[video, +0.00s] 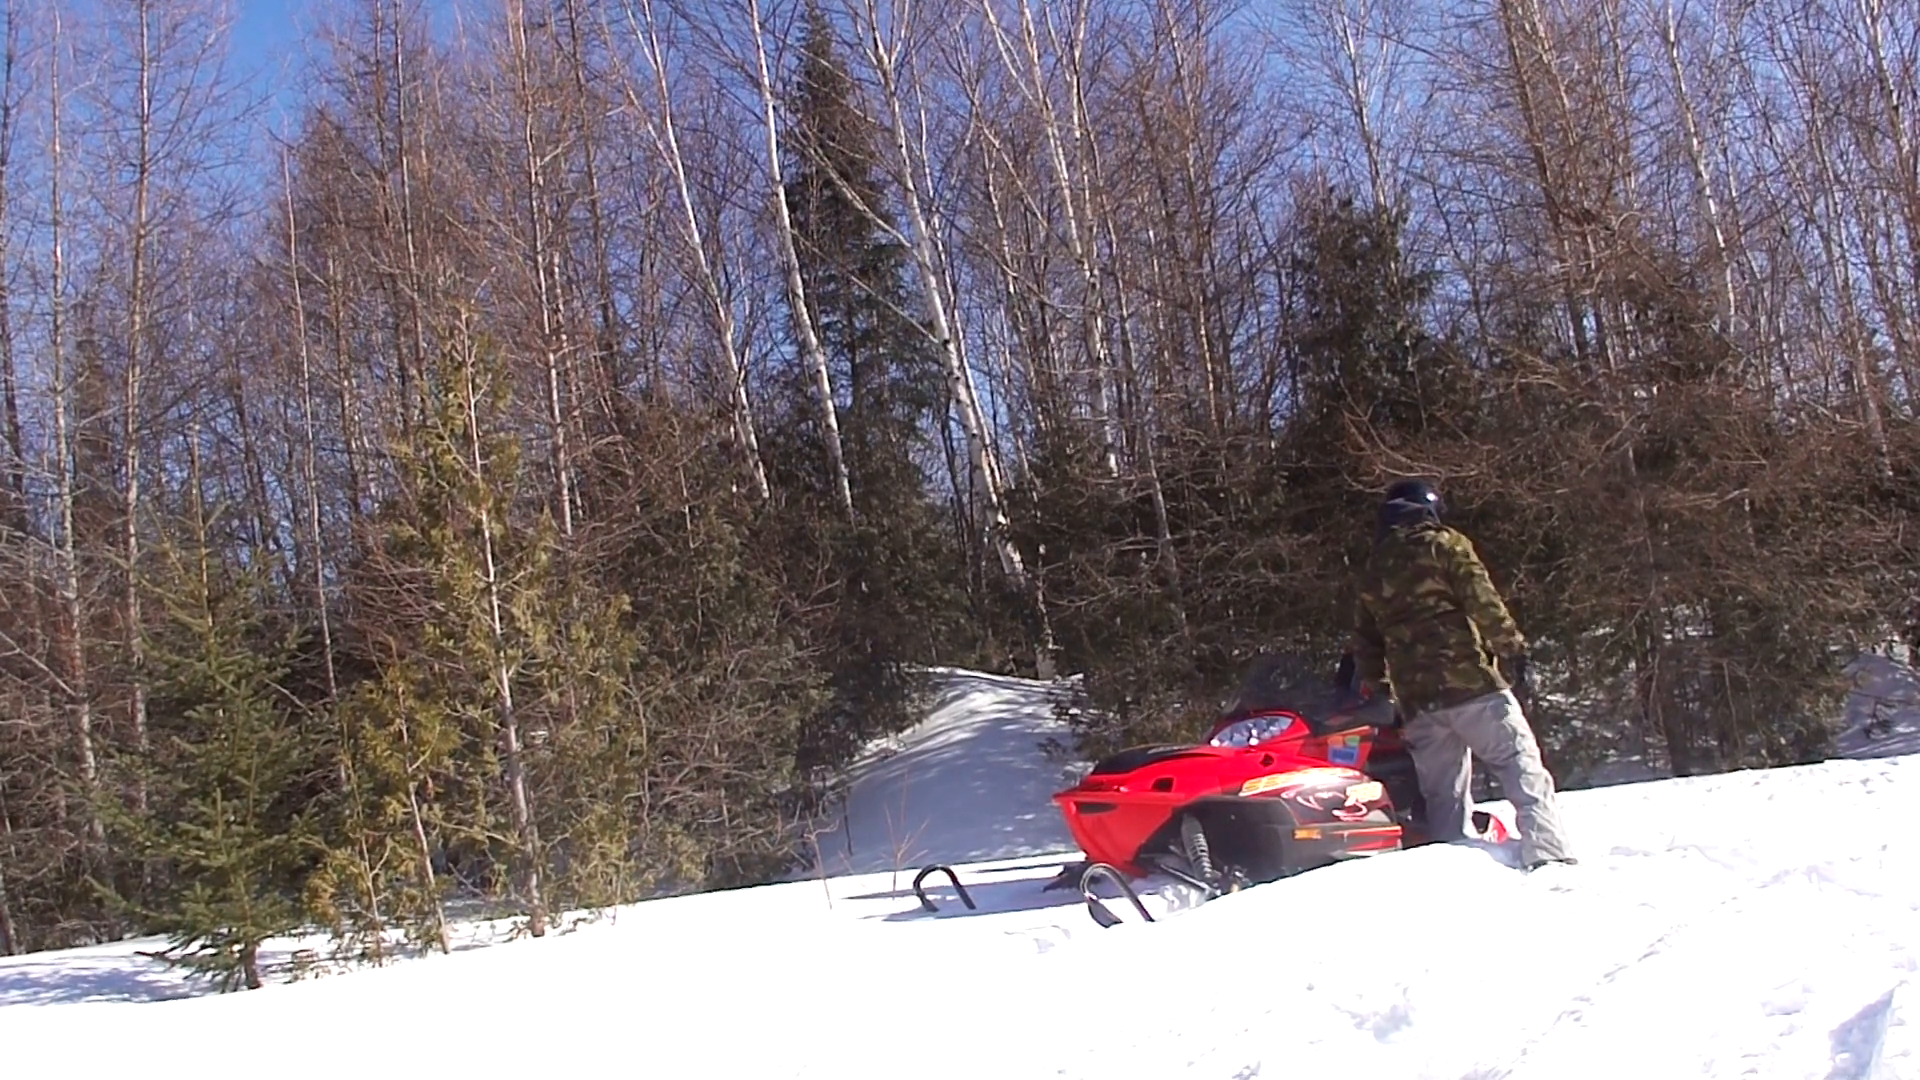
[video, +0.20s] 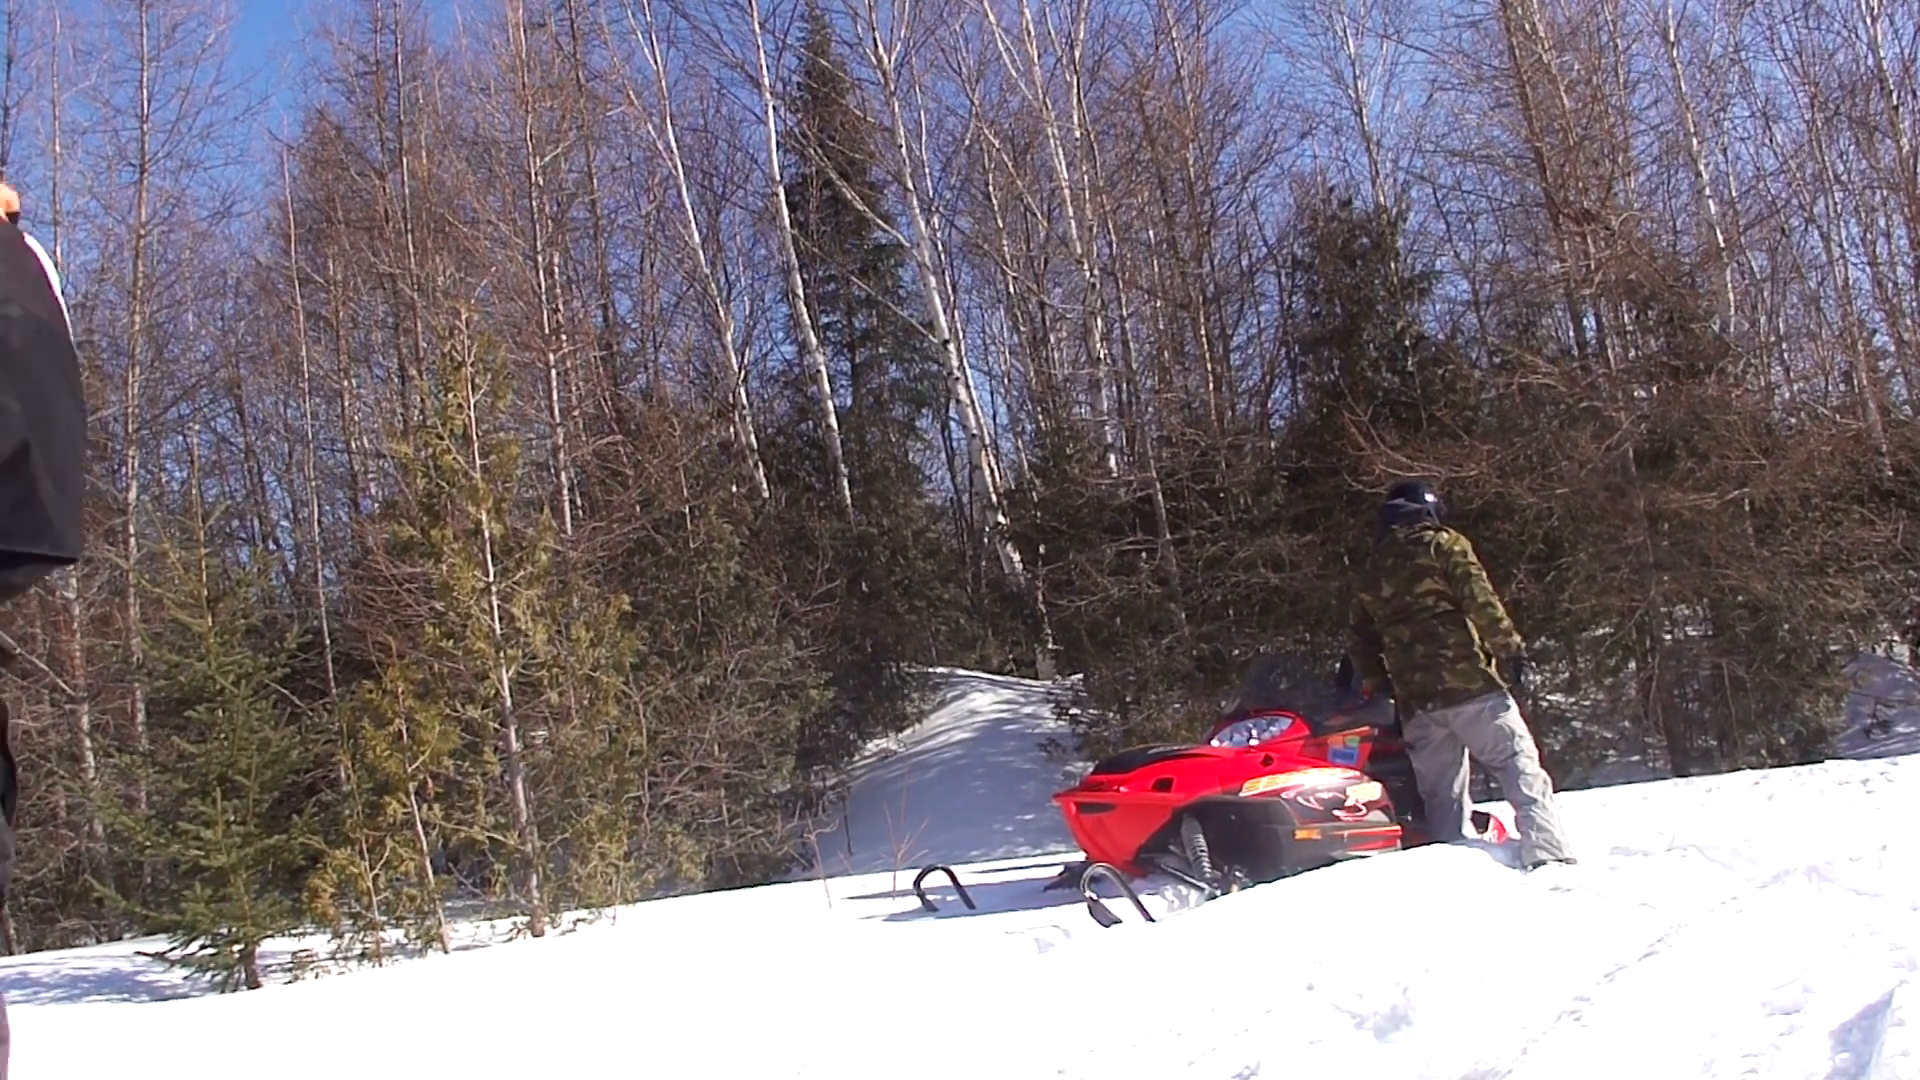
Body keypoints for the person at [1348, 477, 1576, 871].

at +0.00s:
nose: (1440, 513)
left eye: (1437, 506)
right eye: (1436, 506)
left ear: (1390, 513)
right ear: (1427, 508)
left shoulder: (1372, 566)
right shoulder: (1446, 542)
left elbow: (1366, 639)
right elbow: (1483, 603)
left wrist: (1380, 686)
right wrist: (1516, 654)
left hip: (1415, 699)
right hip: (1470, 684)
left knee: (1442, 800)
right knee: (1518, 760)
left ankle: (1450, 879)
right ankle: (1547, 853)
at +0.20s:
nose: (1441, 515)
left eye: (1438, 508)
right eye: (1436, 508)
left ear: (1390, 516)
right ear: (1427, 510)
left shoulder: (1371, 567)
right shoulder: (1445, 543)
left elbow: (1360, 638)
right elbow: (1480, 601)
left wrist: (1379, 685)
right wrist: (1513, 653)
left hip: (1414, 701)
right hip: (1470, 686)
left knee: (1441, 803)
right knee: (1517, 762)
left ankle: (1451, 881)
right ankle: (1547, 854)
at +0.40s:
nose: (1438, 515)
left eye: (1435, 508)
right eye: (1434, 508)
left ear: (1388, 516)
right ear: (1424, 510)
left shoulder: (1369, 569)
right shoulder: (1444, 544)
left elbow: (1366, 645)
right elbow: (1481, 604)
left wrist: (1389, 686)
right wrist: (1512, 654)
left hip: (1413, 700)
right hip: (1467, 684)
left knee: (1441, 802)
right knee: (1516, 760)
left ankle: (1450, 879)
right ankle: (1546, 854)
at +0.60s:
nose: (1437, 513)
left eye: (1434, 506)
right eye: (1433, 506)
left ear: (1387, 515)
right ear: (1424, 508)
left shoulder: (1367, 568)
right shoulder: (1445, 544)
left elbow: (1362, 641)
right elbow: (1481, 602)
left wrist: (1379, 684)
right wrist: (1510, 652)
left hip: (1412, 698)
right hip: (1468, 682)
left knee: (1440, 800)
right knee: (1516, 760)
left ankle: (1448, 878)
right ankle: (1546, 853)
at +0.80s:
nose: (1442, 516)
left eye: (1440, 509)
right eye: (1438, 509)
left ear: (1391, 514)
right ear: (1428, 509)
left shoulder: (1369, 565)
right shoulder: (1444, 544)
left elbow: (1362, 636)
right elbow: (1478, 603)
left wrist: (1373, 683)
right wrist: (1509, 654)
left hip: (1410, 698)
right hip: (1464, 686)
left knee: (1440, 798)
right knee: (1515, 760)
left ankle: (1447, 876)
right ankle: (1547, 854)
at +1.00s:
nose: (1463, 537)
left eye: (1463, 531)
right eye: (1460, 530)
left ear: (1411, 520)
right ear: (1446, 520)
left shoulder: (1376, 562)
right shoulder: (1446, 546)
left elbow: (1365, 633)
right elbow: (1475, 607)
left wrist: (1378, 679)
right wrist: (1509, 655)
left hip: (1409, 696)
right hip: (1461, 686)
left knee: (1438, 796)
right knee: (1512, 755)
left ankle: (1446, 873)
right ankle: (1545, 851)